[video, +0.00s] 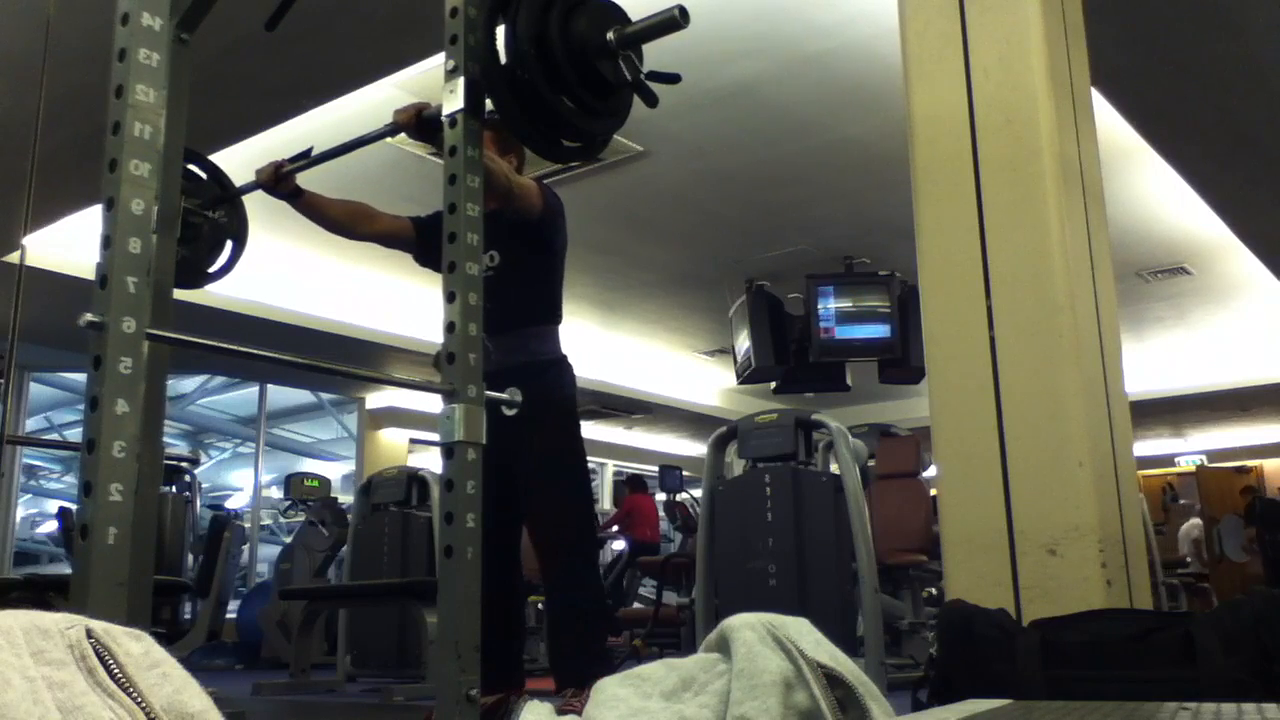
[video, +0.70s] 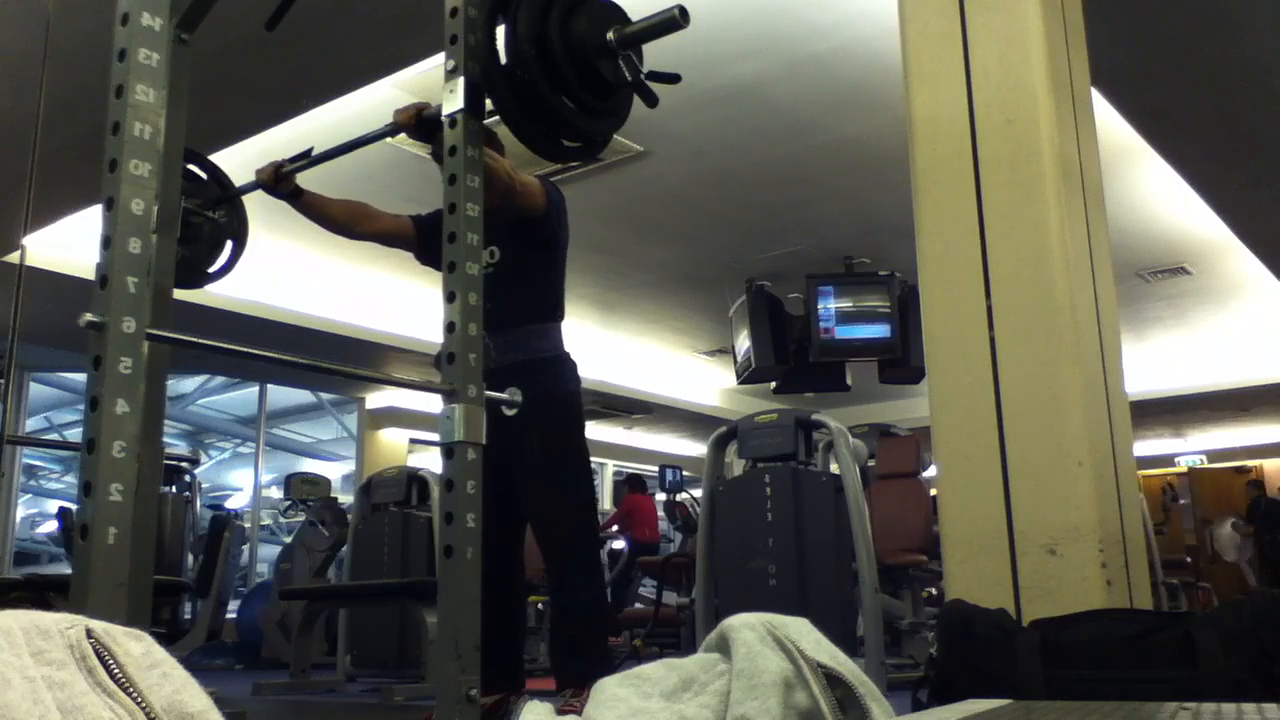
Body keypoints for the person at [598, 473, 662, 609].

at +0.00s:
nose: (627, 491)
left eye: (628, 488)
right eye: (627, 488)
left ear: (631, 488)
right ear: (645, 487)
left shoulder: (631, 500)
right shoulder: (650, 501)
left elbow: (617, 518)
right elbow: (638, 522)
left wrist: (601, 528)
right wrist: (620, 530)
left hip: (636, 546)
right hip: (654, 547)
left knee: (611, 571)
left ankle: (617, 603)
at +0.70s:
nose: (626, 489)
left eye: (627, 487)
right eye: (626, 487)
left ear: (630, 487)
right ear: (644, 486)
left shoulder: (630, 500)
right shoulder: (650, 500)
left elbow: (616, 518)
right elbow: (638, 520)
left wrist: (600, 528)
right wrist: (621, 529)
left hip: (637, 545)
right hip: (653, 546)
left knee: (622, 576)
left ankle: (618, 607)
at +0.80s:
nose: (626, 490)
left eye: (627, 487)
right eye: (627, 487)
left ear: (630, 487)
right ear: (644, 487)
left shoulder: (631, 500)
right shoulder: (650, 500)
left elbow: (615, 519)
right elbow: (637, 521)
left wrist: (600, 529)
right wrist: (620, 530)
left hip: (637, 546)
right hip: (654, 547)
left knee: (615, 576)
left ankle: (619, 606)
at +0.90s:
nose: (627, 490)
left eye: (627, 487)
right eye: (627, 487)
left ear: (630, 487)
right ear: (644, 486)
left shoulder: (631, 500)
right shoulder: (650, 500)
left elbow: (616, 519)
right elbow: (639, 522)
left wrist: (600, 529)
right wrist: (620, 530)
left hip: (637, 546)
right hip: (654, 546)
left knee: (613, 567)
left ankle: (618, 600)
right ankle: (627, 600)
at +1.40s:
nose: (624, 490)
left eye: (625, 487)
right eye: (624, 487)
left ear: (629, 487)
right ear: (641, 486)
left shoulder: (631, 500)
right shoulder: (649, 500)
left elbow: (615, 520)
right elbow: (635, 523)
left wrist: (600, 530)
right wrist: (617, 532)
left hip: (637, 546)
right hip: (654, 546)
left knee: (608, 570)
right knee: (625, 572)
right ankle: (635, 601)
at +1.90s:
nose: (625, 491)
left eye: (626, 488)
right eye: (625, 488)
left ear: (630, 487)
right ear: (643, 487)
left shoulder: (631, 500)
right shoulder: (649, 500)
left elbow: (615, 519)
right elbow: (635, 523)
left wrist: (600, 529)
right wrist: (617, 533)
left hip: (637, 544)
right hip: (654, 545)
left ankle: (621, 595)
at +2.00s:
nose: (624, 490)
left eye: (625, 487)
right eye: (624, 487)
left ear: (630, 487)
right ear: (642, 486)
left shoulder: (630, 500)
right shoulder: (649, 500)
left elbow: (615, 521)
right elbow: (634, 523)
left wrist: (599, 530)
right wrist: (615, 534)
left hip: (636, 547)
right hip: (654, 547)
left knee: (605, 553)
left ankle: (611, 586)